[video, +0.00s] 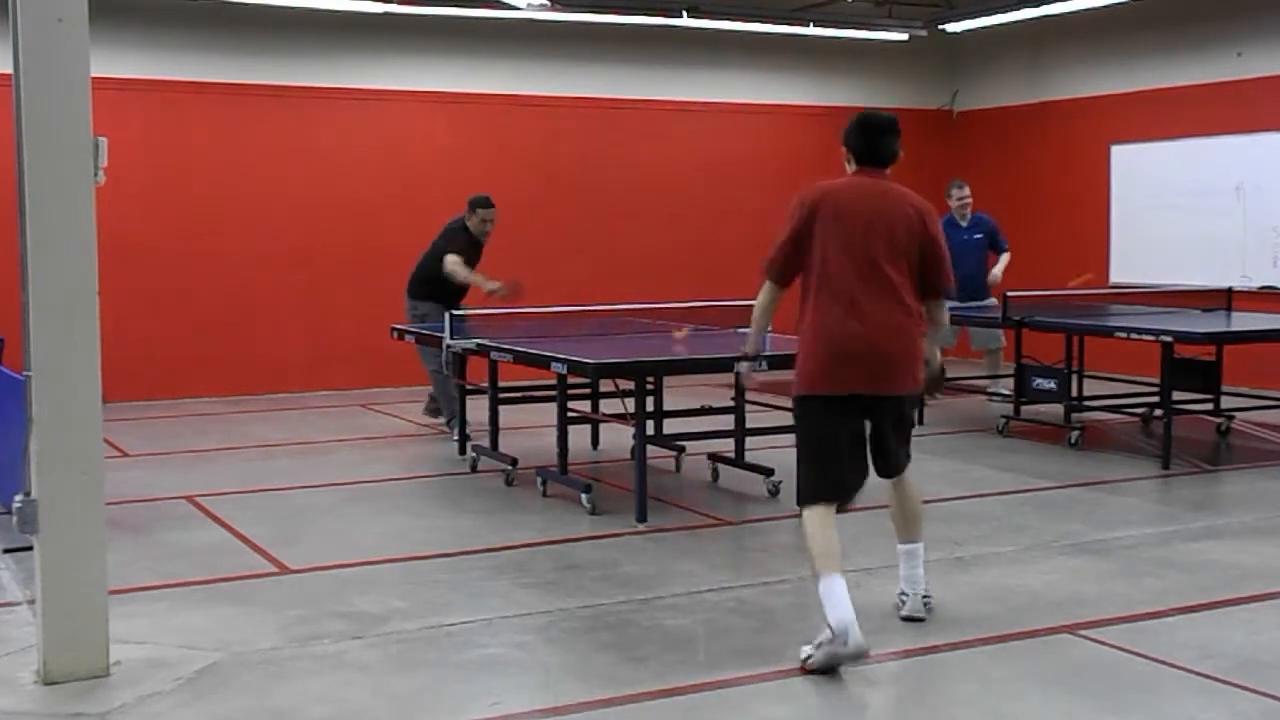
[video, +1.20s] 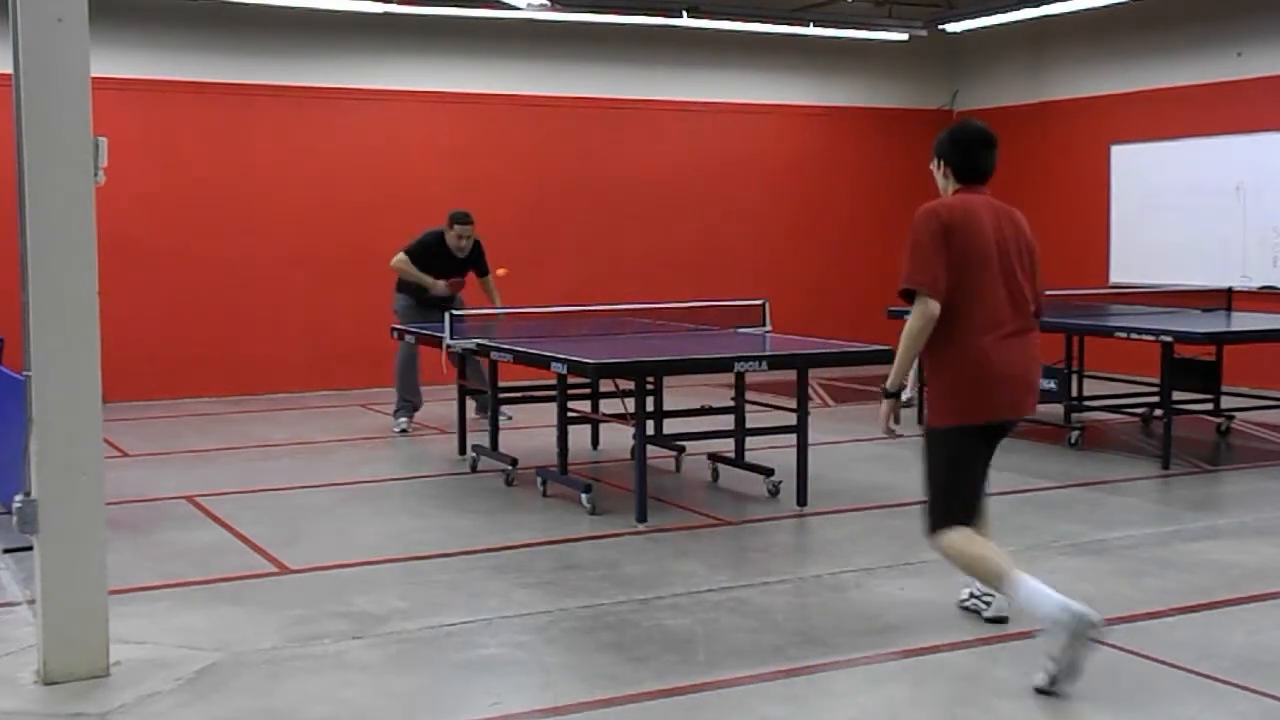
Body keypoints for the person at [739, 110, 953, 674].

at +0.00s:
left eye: (844, 148)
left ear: (847, 154)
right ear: (897, 156)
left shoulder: (817, 201)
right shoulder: (918, 211)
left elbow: (775, 280)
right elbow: (937, 301)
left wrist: (752, 344)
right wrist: (935, 352)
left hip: (824, 365)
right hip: (895, 365)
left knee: (817, 498)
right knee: (898, 472)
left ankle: (841, 625)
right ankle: (914, 593)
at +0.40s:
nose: (868, 179)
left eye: (869, 170)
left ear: (876, 171)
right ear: (924, 176)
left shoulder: (872, 199)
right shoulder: (945, 220)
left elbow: (848, 264)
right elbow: (949, 292)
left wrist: (795, 334)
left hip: (899, 358)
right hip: (960, 357)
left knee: (860, 495)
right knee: (918, 467)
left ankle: (855, 645)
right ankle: (944, 591)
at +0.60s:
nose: (882, 175)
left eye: (882, 168)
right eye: (884, 168)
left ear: (889, 169)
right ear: (936, 168)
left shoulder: (903, 191)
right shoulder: (950, 205)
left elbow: (919, 246)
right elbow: (922, 267)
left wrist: (853, 329)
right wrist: (855, 286)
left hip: (941, 352)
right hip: (986, 351)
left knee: (899, 482)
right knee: (927, 471)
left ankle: (911, 640)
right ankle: (944, 590)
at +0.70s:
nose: (890, 170)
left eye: (890, 163)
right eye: (892, 163)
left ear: (898, 163)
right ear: (940, 161)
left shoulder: (915, 186)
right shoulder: (956, 201)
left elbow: (932, 251)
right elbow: (904, 264)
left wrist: (874, 334)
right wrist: (838, 278)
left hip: (957, 352)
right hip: (994, 352)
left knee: (922, 489)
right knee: (932, 477)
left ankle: (971, 634)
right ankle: (940, 584)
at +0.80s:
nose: (902, 170)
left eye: (903, 162)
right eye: (904, 161)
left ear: (911, 162)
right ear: (956, 159)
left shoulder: (931, 191)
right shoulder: (967, 198)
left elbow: (941, 269)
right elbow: (924, 274)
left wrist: (881, 347)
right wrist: (852, 291)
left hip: (968, 359)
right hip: (996, 354)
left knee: (947, 502)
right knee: (931, 456)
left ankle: (1041, 628)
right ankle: (942, 590)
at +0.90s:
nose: (916, 177)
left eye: (915, 169)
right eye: (916, 170)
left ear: (925, 170)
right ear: (971, 167)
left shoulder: (941, 208)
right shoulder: (997, 215)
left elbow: (944, 294)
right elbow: (985, 296)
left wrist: (887, 365)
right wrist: (907, 317)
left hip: (978, 382)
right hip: (1018, 375)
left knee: (971, 523)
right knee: (936, 452)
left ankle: (1099, 640)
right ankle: (942, 589)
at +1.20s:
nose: (930, 168)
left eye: (932, 160)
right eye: (933, 159)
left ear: (942, 167)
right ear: (989, 169)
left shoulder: (936, 217)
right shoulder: (1015, 220)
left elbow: (927, 307)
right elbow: (1029, 304)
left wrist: (893, 386)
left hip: (962, 390)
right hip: (1015, 387)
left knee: (947, 529)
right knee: (972, 484)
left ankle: (1060, 615)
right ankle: (991, 592)